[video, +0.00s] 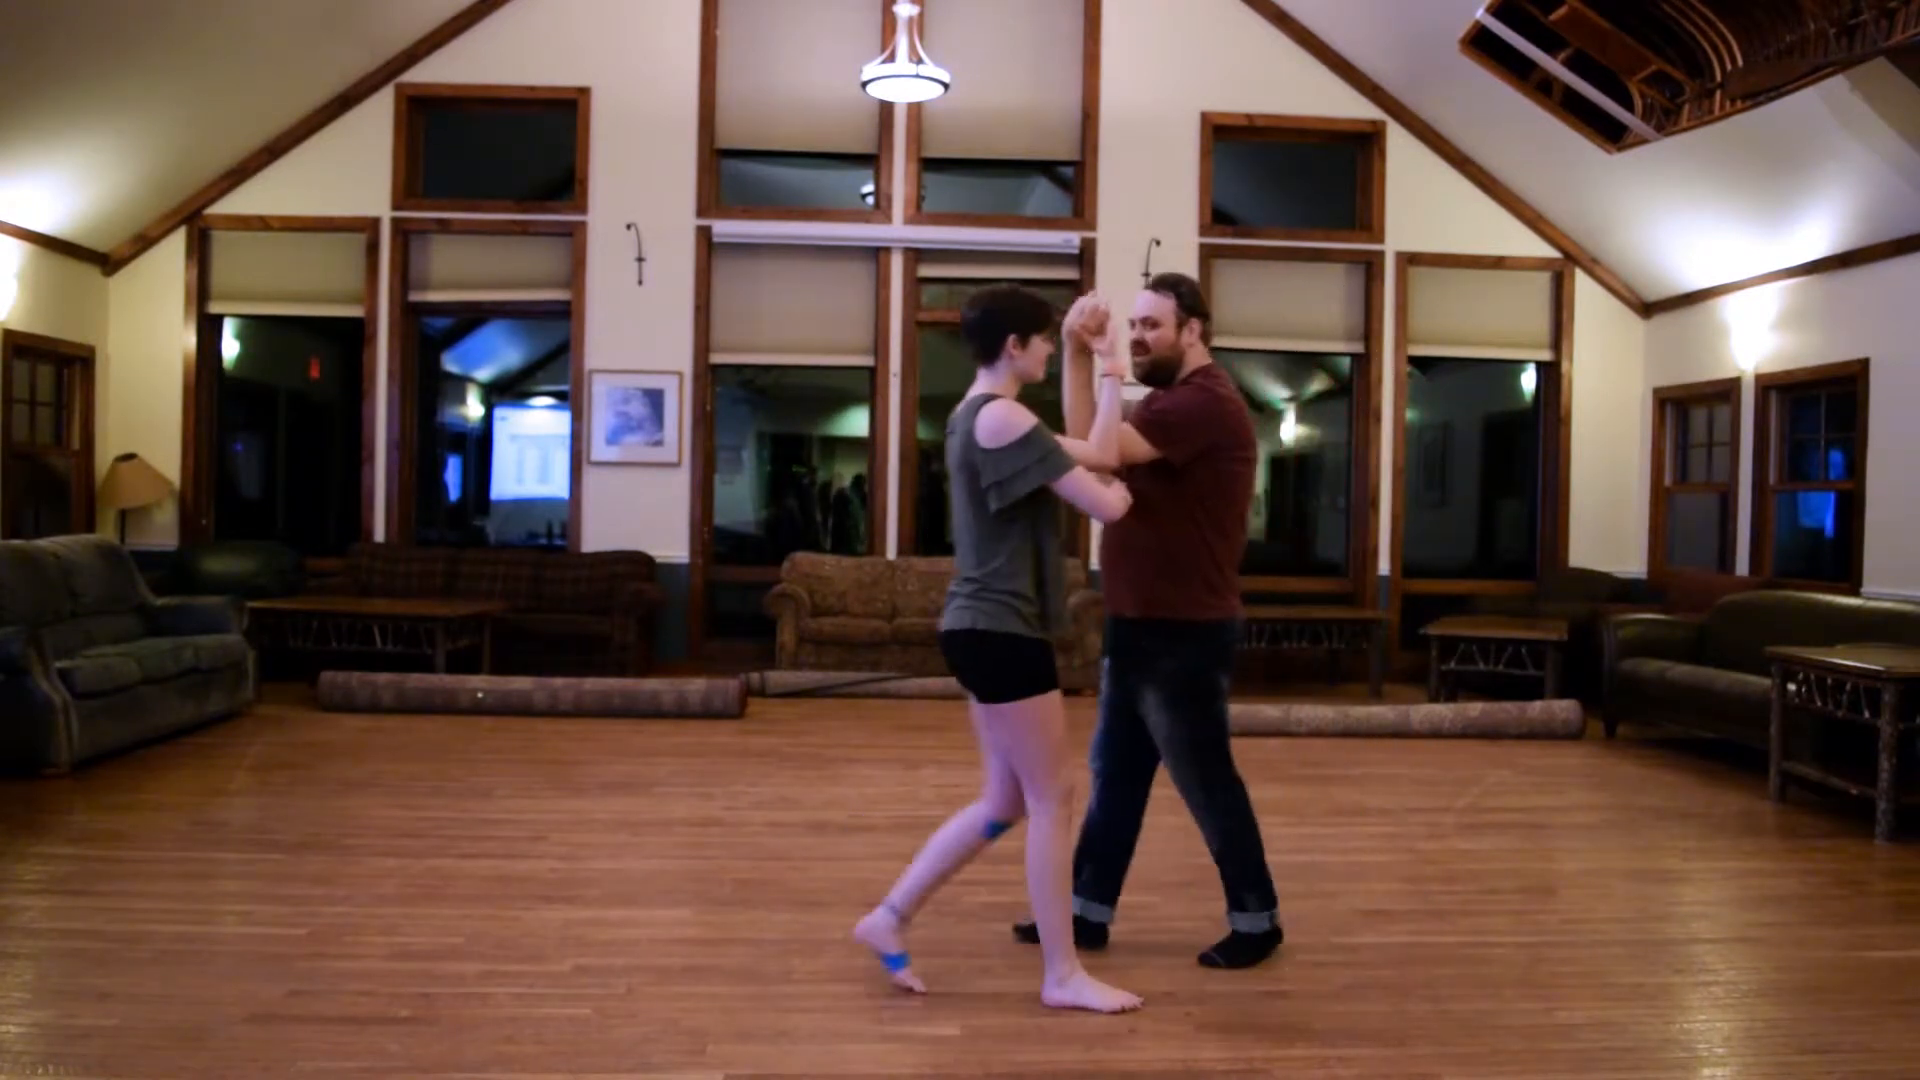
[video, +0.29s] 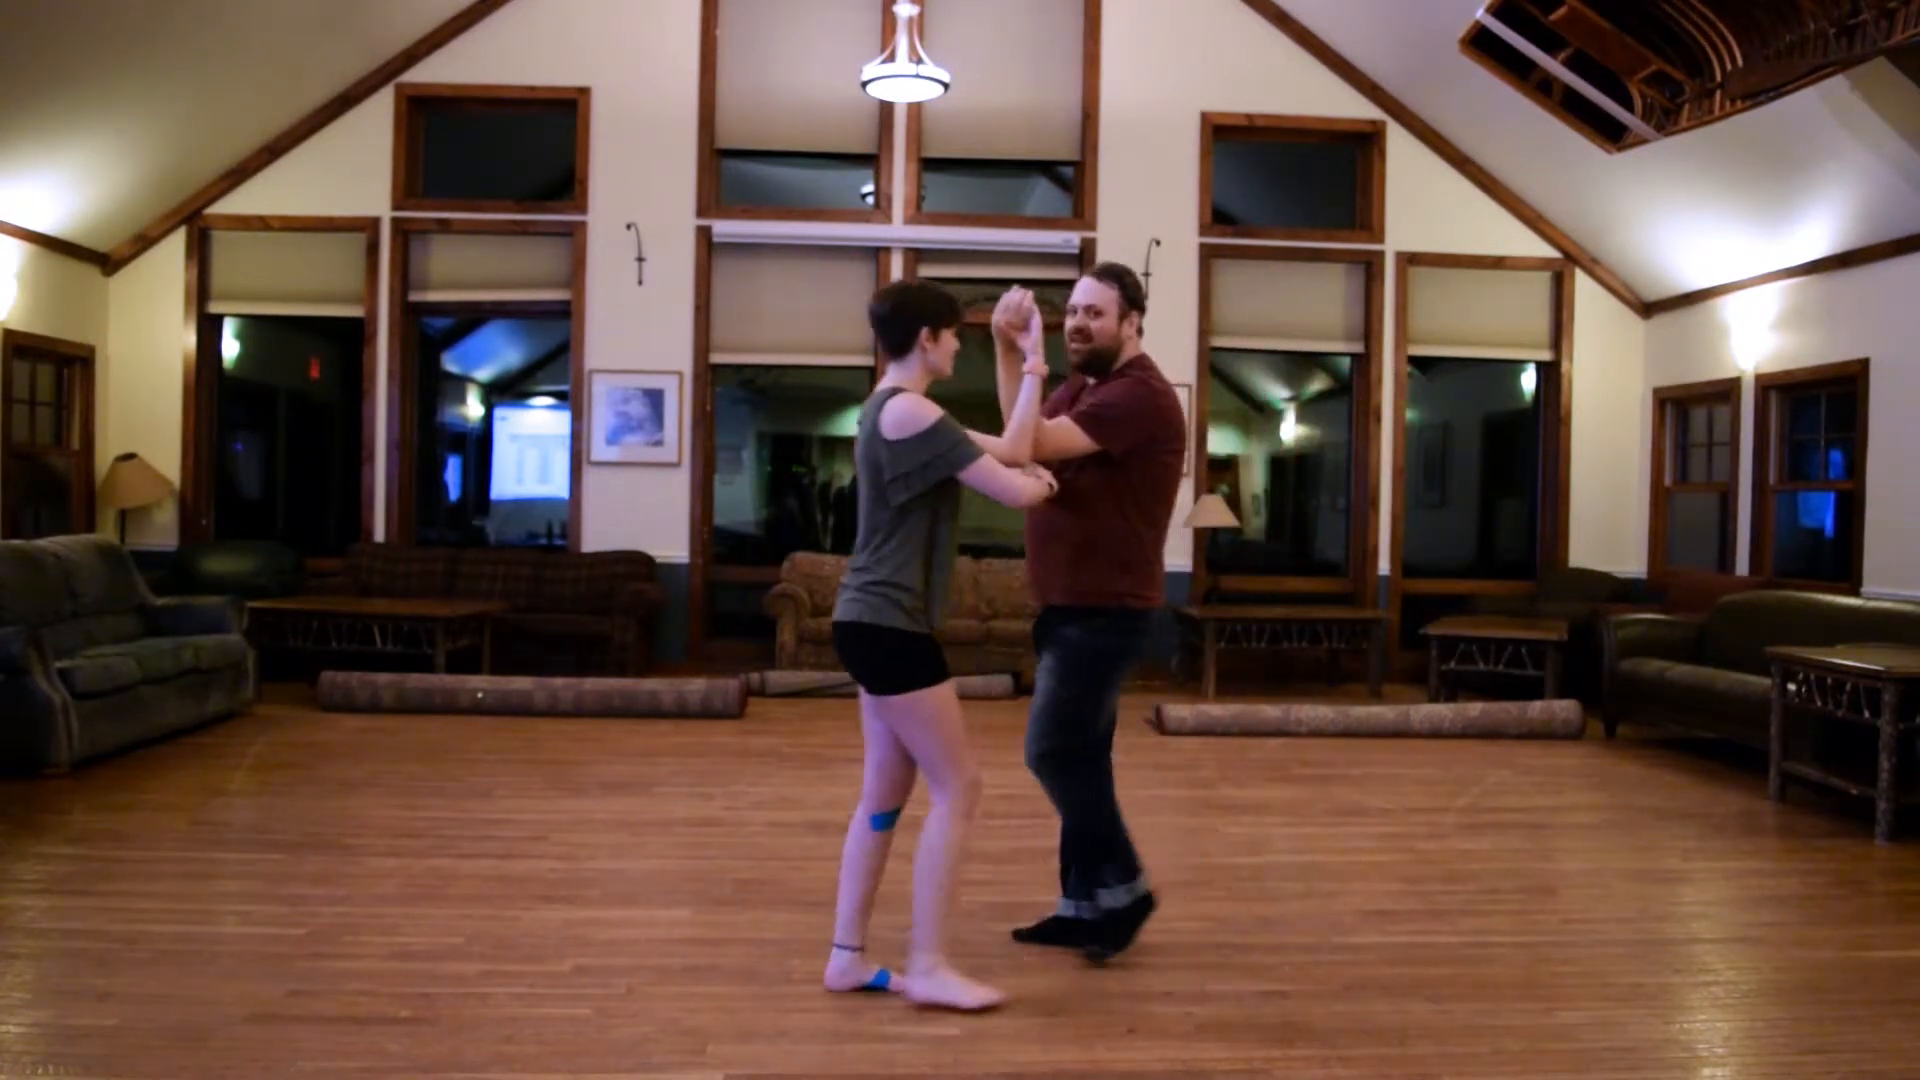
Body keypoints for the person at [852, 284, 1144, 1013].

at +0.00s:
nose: (1050, 354)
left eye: (1049, 343)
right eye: (1045, 343)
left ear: (996, 347)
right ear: (1017, 347)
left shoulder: (975, 413)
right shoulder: (1006, 421)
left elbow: (1081, 454)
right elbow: (1109, 504)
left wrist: (1109, 379)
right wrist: (1105, 466)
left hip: (976, 625)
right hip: (1005, 633)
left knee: (1001, 803)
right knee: (1054, 799)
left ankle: (888, 919)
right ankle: (1062, 975)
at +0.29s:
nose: (958, 349)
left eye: (957, 338)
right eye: (954, 337)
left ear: (899, 342)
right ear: (929, 341)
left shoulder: (889, 409)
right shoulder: (911, 415)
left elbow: (1007, 452)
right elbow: (1019, 492)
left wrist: (1033, 371)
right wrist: (1044, 479)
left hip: (869, 620)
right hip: (891, 628)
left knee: (882, 796)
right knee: (956, 788)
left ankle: (846, 956)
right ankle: (926, 967)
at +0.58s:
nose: (883, 344)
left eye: (880, 332)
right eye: (876, 332)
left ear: (829, 339)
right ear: (848, 337)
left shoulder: (826, 404)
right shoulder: (831, 408)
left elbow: (911, 457)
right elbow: (959, 476)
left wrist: (970, 402)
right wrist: (996, 487)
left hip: (838, 625)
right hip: (801, 626)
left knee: (854, 788)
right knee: (805, 802)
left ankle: (843, 958)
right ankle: (712, 954)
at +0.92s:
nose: (817, 352)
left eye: (820, 339)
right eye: (806, 338)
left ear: (806, 342)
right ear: (764, 337)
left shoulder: (803, 417)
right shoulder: (746, 402)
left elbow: (873, 468)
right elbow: (846, 409)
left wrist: (908, 379)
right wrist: (922, 394)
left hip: (794, 621)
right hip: (728, 620)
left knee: (807, 787)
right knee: (728, 795)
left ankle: (816, 956)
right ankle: (701, 965)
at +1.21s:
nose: (752, 368)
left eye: (763, 354)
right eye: (741, 358)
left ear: (796, 347)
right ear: (727, 356)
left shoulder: (823, 410)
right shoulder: (718, 398)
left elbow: (813, 317)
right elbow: (673, 274)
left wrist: (778, 237)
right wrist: (751, 217)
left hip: (798, 616)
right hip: (713, 610)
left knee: (792, 799)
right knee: (721, 801)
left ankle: (803, 963)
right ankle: (705, 963)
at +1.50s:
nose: (682, 334)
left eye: (684, 329)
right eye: (748, 329)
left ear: (684, 336)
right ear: (750, 339)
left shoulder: (674, 393)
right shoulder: (777, 412)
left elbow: (622, 339)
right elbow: (798, 399)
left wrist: (693, 337)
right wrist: (785, 324)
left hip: (704, 604)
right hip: (744, 602)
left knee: (688, 802)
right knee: (687, 794)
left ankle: (814, 932)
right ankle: (695, 957)